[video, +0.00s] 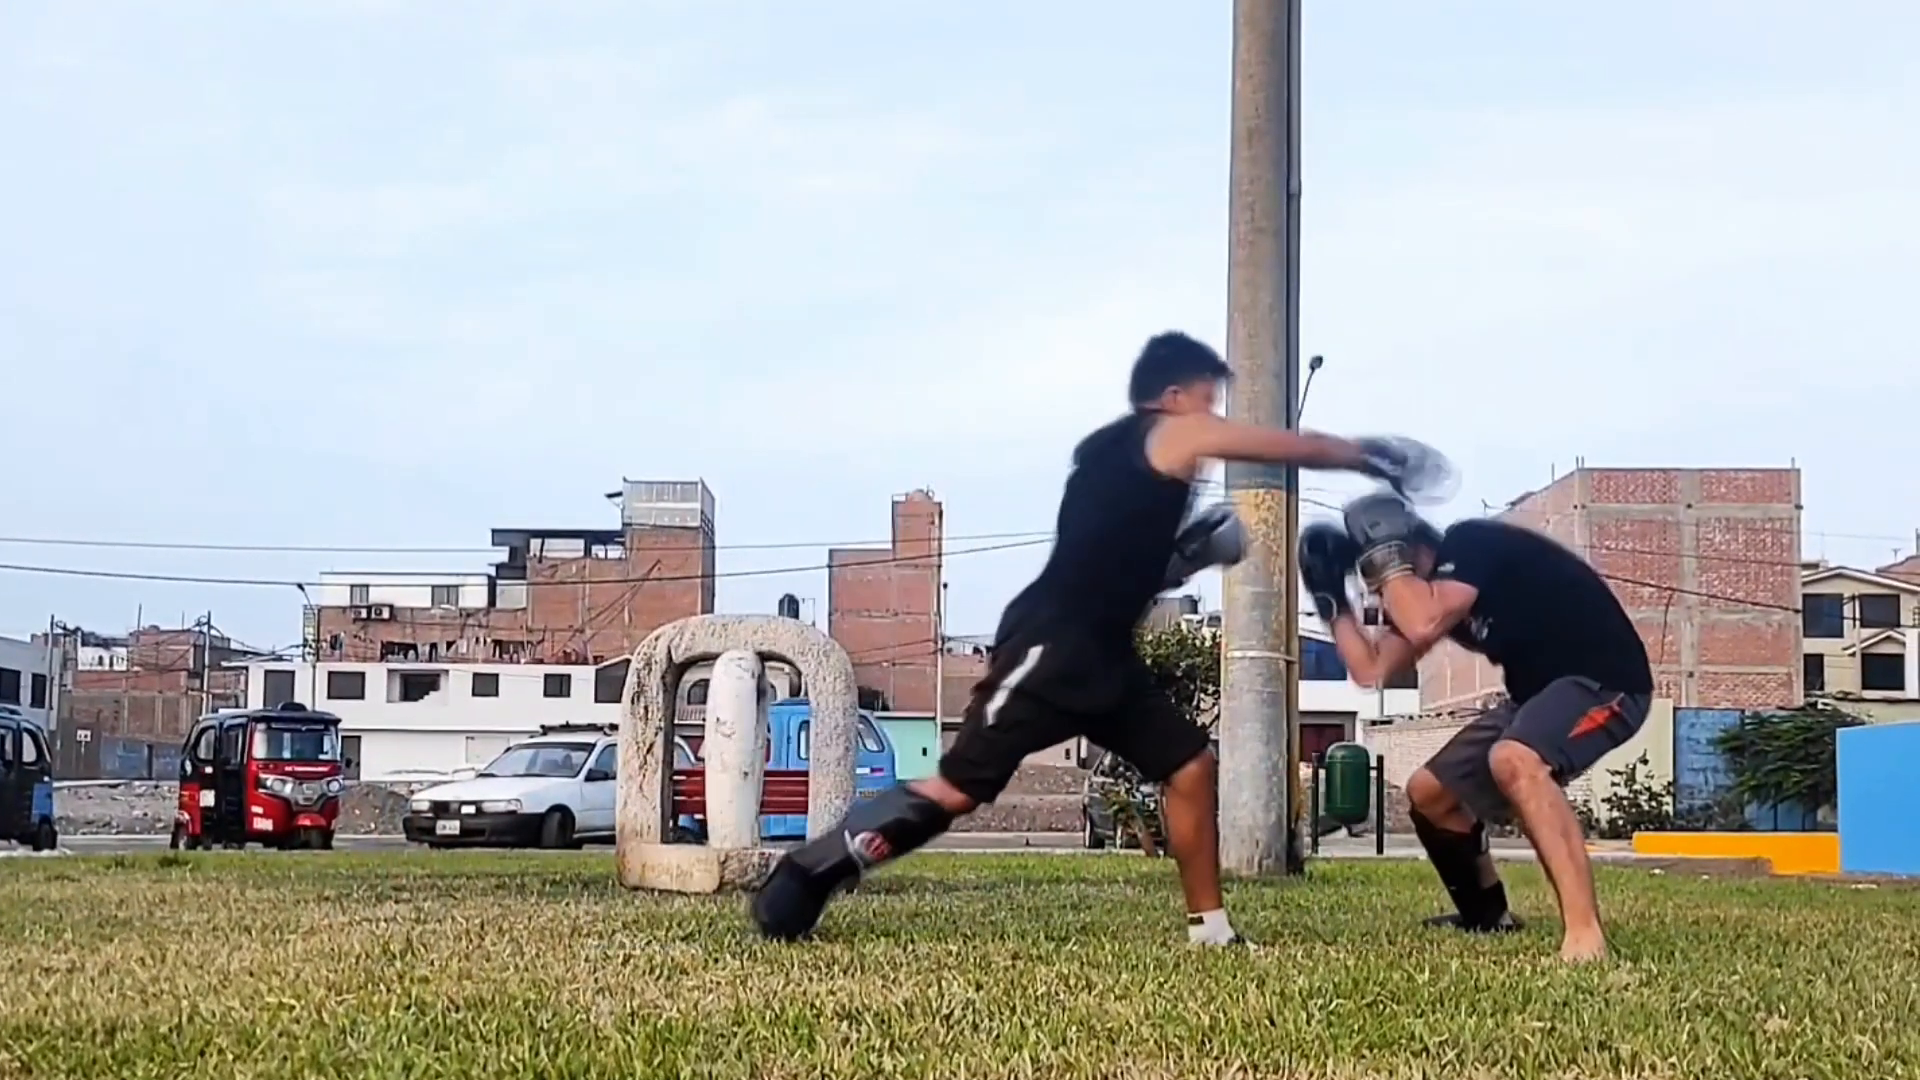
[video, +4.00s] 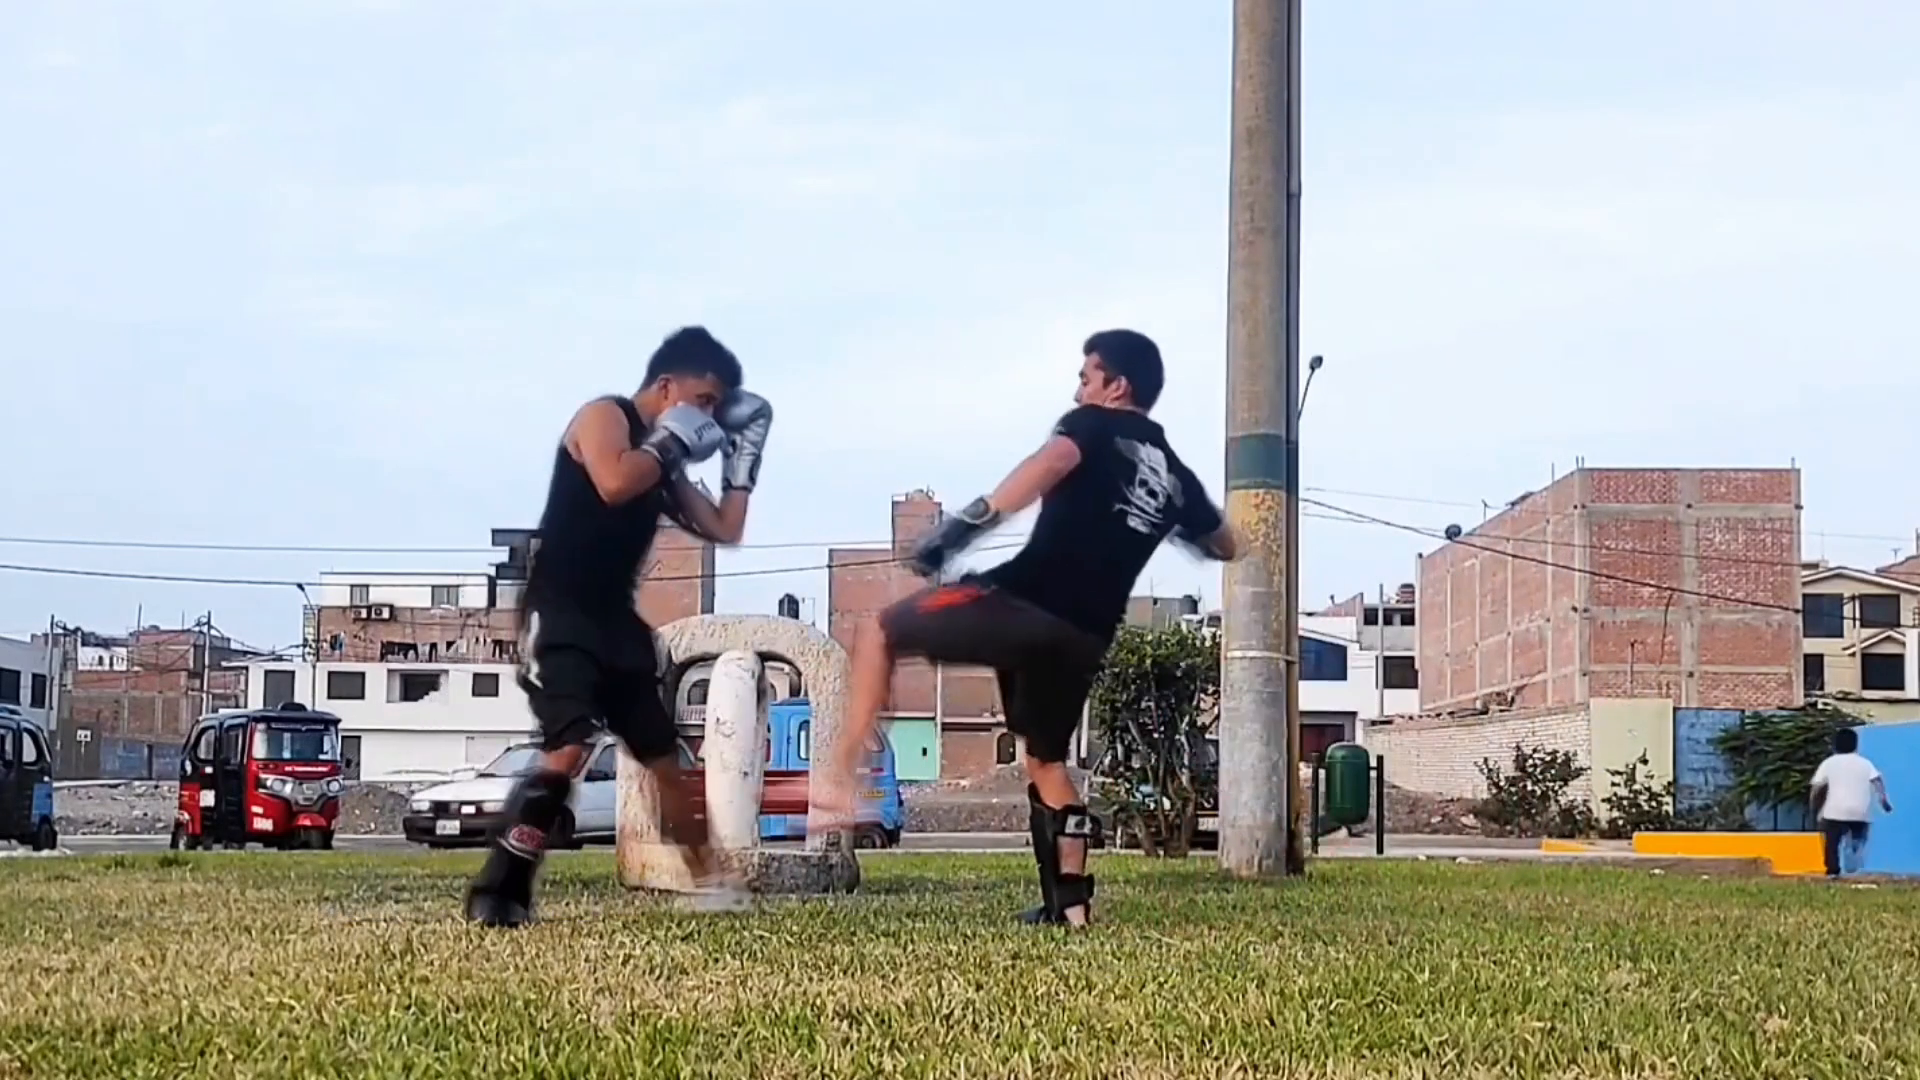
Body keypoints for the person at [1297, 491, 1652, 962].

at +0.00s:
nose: (1384, 596)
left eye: (1390, 578)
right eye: (1379, 590)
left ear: (1414, 551)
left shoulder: (1474, 542)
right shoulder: (1434, 593)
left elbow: (1422, 623)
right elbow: (1370, 670)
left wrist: (1382, 552)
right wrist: (1330, 596)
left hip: (1604, 680)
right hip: (1533, 696)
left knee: (1516, 759)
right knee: (1430, 795)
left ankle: (1584, 935)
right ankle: (1486, 918)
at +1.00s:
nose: (1379, 410)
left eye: (1392, 397)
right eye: (1372, 400)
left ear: (1427, 401)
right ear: (1368, 409)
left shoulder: (1473, 462)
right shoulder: (1372, 471)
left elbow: (1473, 548)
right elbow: (1302, 524)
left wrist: (1446, 467)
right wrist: (1316, 444)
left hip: (1473, 652)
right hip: (1401, 651)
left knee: (1502, 764)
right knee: (1339, 759)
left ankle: (1564, 908)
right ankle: (1362, 889)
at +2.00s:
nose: (1233, 463)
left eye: (1245, 451)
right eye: (1230, 452)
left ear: (1284, 458)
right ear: (1229, 457)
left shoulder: (1324, 513)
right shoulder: (1222, 512)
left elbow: (1386, 550)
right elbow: (1150, 542)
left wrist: (1415, 570)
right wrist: (1131, 496)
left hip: (1338, 683)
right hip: (1272, 679)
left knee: (1389, 784)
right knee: (1214, 791)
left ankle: (1485, 884)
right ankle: (1257, 901)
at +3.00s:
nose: (1069, 376)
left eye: (1081, 365)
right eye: (1071, 366)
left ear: (1119, 377)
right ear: (1108, 378)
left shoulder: (1155, 447)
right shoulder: (1071, 463)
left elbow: (1116, 507)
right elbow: (1027, 538)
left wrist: (1087, 429)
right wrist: (1010, 468)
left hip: (1111, 642)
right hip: (1045, 639)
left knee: (1124, 781)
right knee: (979, 763)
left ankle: (1177, 907)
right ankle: (910, 892)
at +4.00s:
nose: (1079, 389)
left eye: (1087, 378)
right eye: (1082, 377)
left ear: (1119, 386)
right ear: (1140, 391)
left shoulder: (1094, 423)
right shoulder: (1178, 476)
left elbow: (1054, 462)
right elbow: (1227, 546)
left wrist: (964, 524)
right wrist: (1184, 523)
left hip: (1023, 606)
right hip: (1084, 639)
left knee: (880, 631)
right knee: (1047, 759)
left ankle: (839, 779)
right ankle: (1071, 905)